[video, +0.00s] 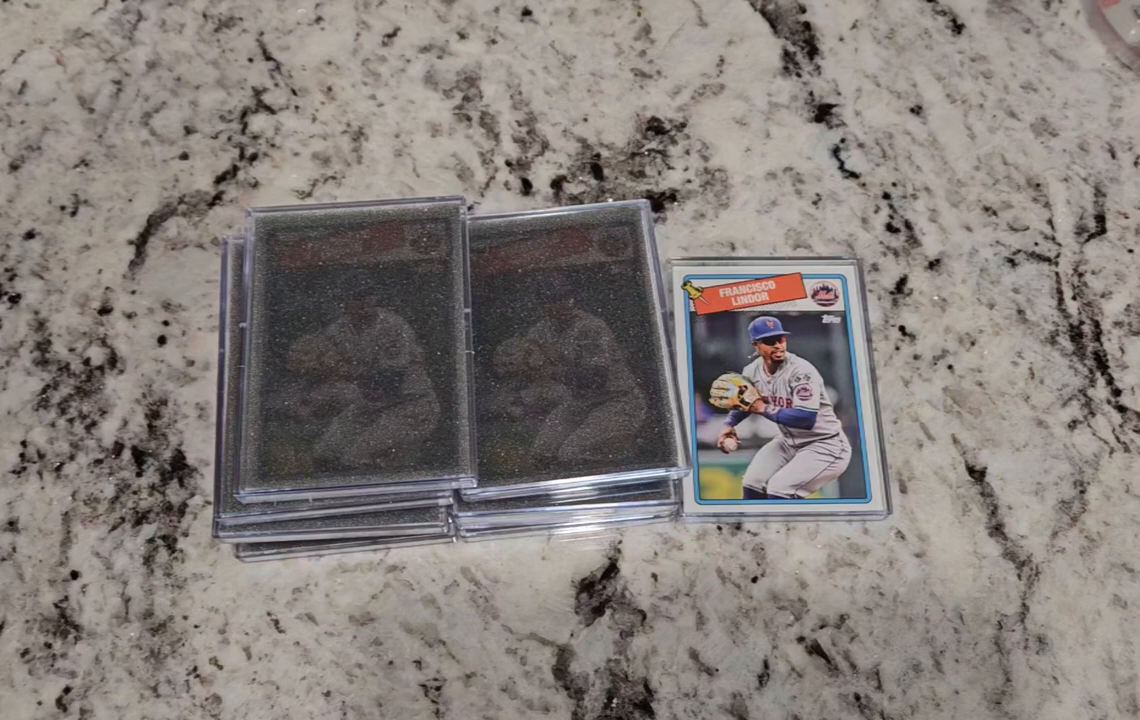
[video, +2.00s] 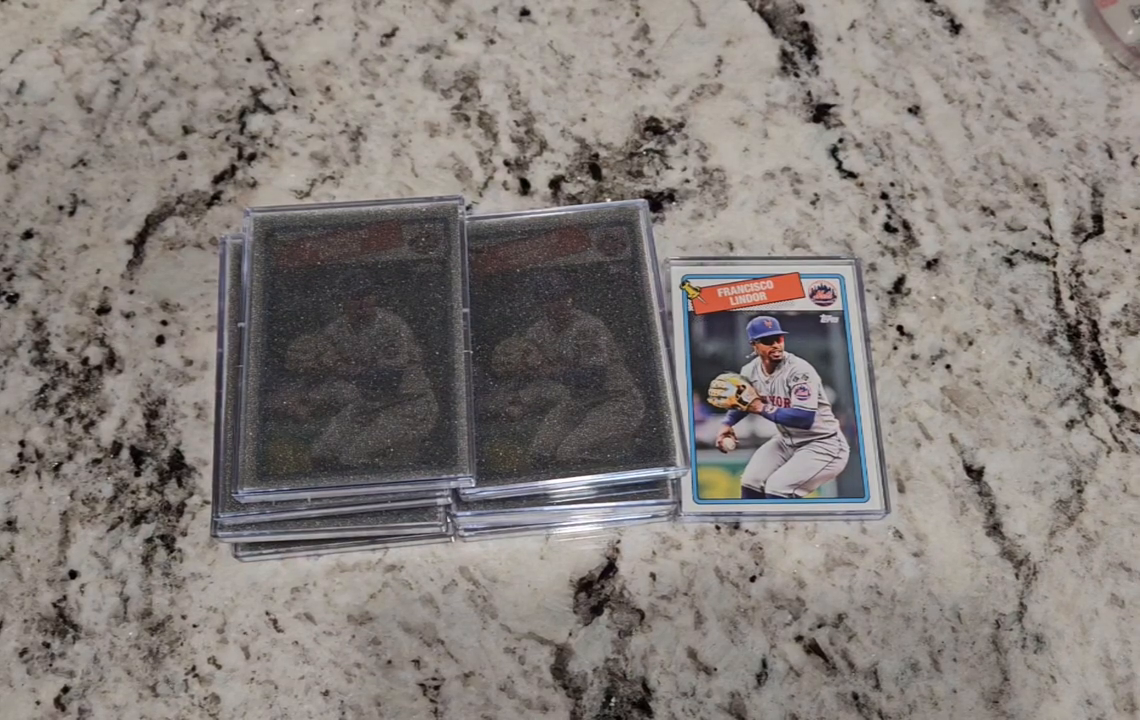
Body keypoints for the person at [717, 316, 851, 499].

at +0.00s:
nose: (778, 346)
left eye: (780, 340)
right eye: (770, 342)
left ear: (786, 340)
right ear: (757, 346)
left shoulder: (803, 371)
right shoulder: (751, 372)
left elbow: (806, 419)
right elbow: (744, 403)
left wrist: (762, 407)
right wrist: (728, 426)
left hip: (826, 446)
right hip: (789, 443)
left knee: (779, 488)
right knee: (753, 484)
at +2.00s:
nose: (776, 346)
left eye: (779, 339)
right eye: (768, 342)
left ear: (784, 339)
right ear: (755, 346)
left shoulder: (801, 371)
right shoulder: (749, 372)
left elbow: (804, 419)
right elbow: (743, 403)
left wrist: (761, 407)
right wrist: (726, 425)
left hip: (824, 445)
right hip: (787, 442)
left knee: (777, 488)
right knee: (751, 483)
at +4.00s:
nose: (776, 346)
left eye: (778, 339)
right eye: (767, 342)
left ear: (783, 339)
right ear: (754, 346)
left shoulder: (801, 371)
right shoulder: (749, 372)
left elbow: (804, 419)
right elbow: (743, 403)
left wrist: (760, 407)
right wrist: (726, 425)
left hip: (824, 445)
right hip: (786, 443)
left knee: (777, 487)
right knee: (751, 483)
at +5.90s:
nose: (775, 345)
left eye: (778, 339)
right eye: (767, 341)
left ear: (783, 339)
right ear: (754, 346)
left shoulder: (800, 371)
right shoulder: (749, 372)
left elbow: (804, 418)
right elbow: (742, 402)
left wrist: (760, 407)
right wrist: (726, 424)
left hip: (824, 445)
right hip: (786, 442)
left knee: (777, 487)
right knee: (751, 482)